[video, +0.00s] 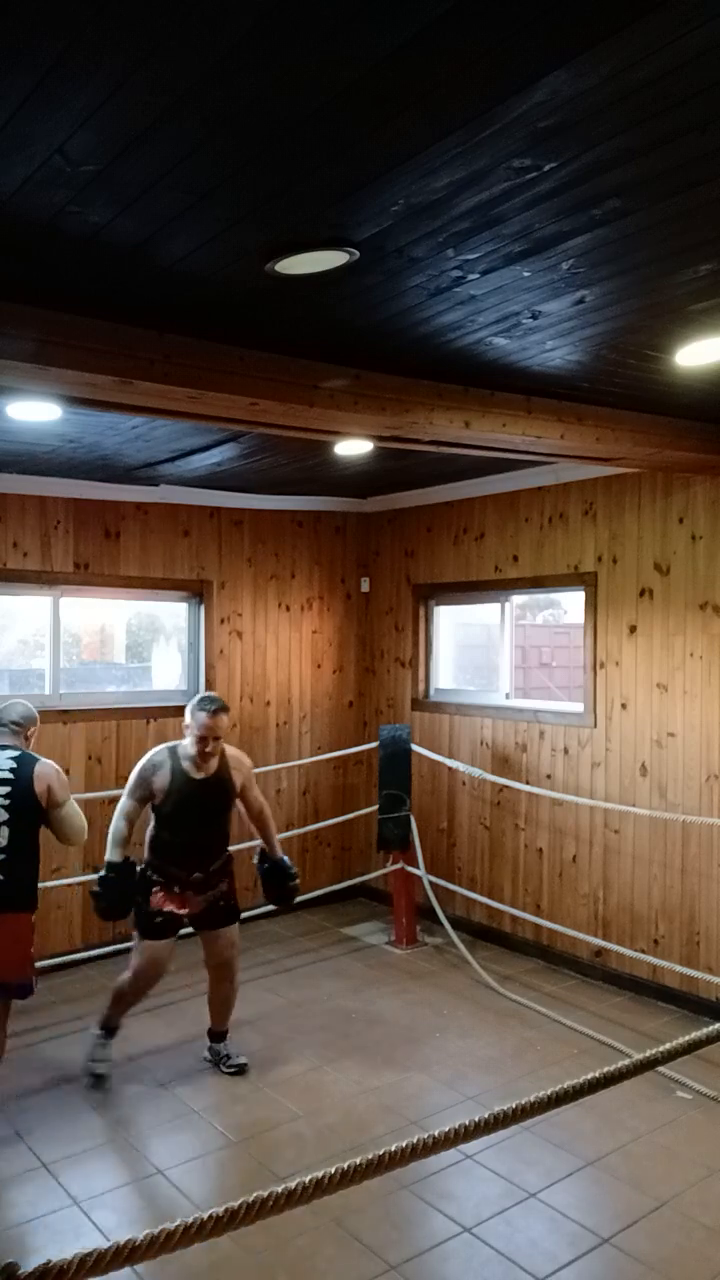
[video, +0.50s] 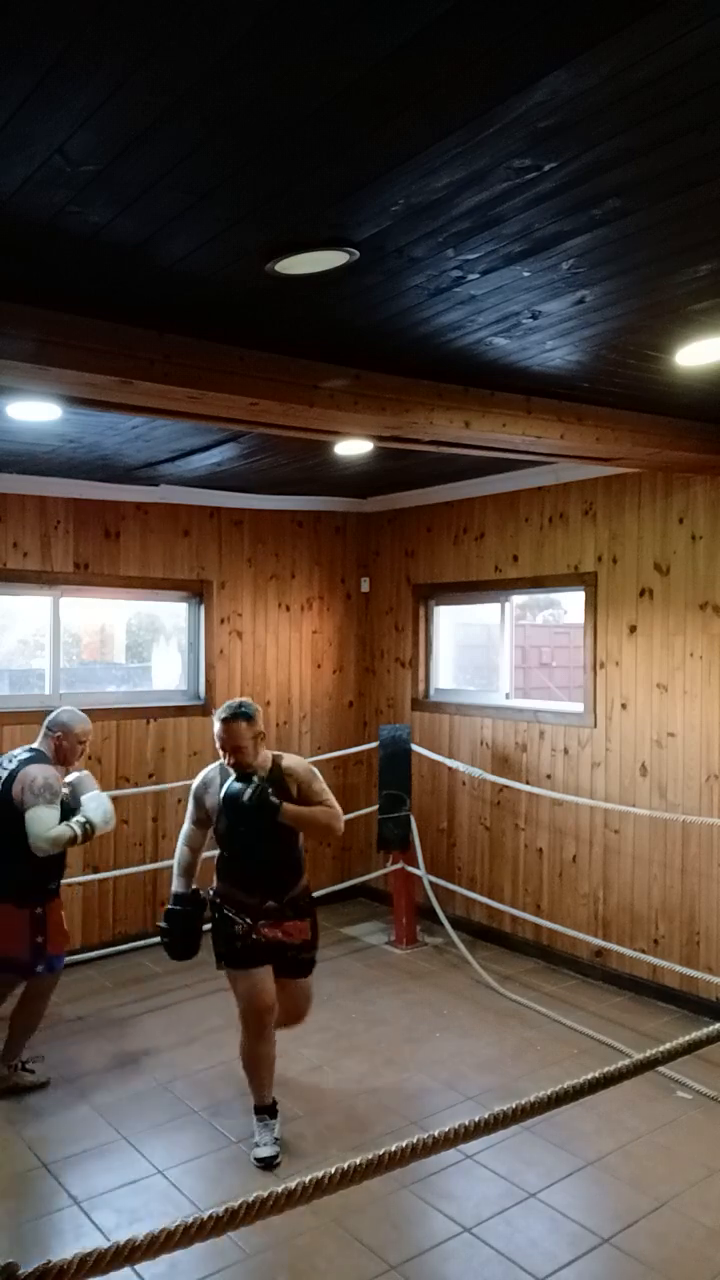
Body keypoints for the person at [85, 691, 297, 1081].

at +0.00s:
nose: (207, 747)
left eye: (215, 738)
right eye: (200, 738)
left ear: (226, 732)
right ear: (185, 728)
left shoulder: (237, 765)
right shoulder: (157, 765)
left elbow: (257, 809)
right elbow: (124, 817)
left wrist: (275, 858)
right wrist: (113, 868)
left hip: (214, 877)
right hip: (163, 879)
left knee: (225, 963)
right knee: (148, 969)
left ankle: (218, 1045)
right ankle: (104, 1034)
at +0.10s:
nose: (217, 738)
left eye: (226, 729)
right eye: (210, 728)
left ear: (238, 725)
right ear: (197, 721)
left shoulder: (254, 759)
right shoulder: (170, 758)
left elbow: (276, 806)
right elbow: (141, 806)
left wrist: (288, 857)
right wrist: (129, 857)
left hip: (227, 871)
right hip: (176, 871)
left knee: (224, 960)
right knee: (184, 962)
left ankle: (218, 1043)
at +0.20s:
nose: (226, 740)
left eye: (234, 732)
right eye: (219, 732)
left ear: (248, 726)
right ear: (207, 726)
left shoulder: (267, 763)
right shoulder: (181, 763)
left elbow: (297, 807)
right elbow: (155, 808)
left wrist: (289, 852)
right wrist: (143, 859)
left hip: (242, 880)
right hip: (192, 880)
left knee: (229, 971)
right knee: (205, 980)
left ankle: (221, 1042)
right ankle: (214, 1085)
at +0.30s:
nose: (234, 753)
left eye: (242, 743)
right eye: (226, 744)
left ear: (257, 735)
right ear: (215, 738)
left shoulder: (279, 773)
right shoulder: (193, 777)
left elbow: (316, 820)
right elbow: (166, 825)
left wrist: (281, 843)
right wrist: (154, 877)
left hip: (258, 894)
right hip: (209, 895)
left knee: (235, 977)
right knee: (232, 997)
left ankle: (218, 1039)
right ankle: (250, 1099)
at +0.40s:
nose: (233, 758)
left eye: (240, 748)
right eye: (224, 750)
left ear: (258, 737)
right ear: (216, 745)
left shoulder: (287, 775)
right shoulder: (201, 786)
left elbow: (326, 824)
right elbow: (176, 843)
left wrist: (274, 819)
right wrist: (166, 897)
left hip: (275, 904)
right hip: (224, 906)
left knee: (261, 990)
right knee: (251, 1004)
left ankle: (225, 1032)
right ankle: (265, 1114)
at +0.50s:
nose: (231, 756)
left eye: (238, 747)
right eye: (223, 748)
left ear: (259, 736)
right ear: (216, 743)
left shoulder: (295, 770)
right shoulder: (209, 784)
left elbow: (334, 823)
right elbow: (190, 842)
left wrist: (272, 806)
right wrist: (179, 901)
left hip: (292, 905)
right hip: (237, 910)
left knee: (294, 1010)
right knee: (259, 1012)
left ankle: (253, 1018)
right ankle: (264, 1117)